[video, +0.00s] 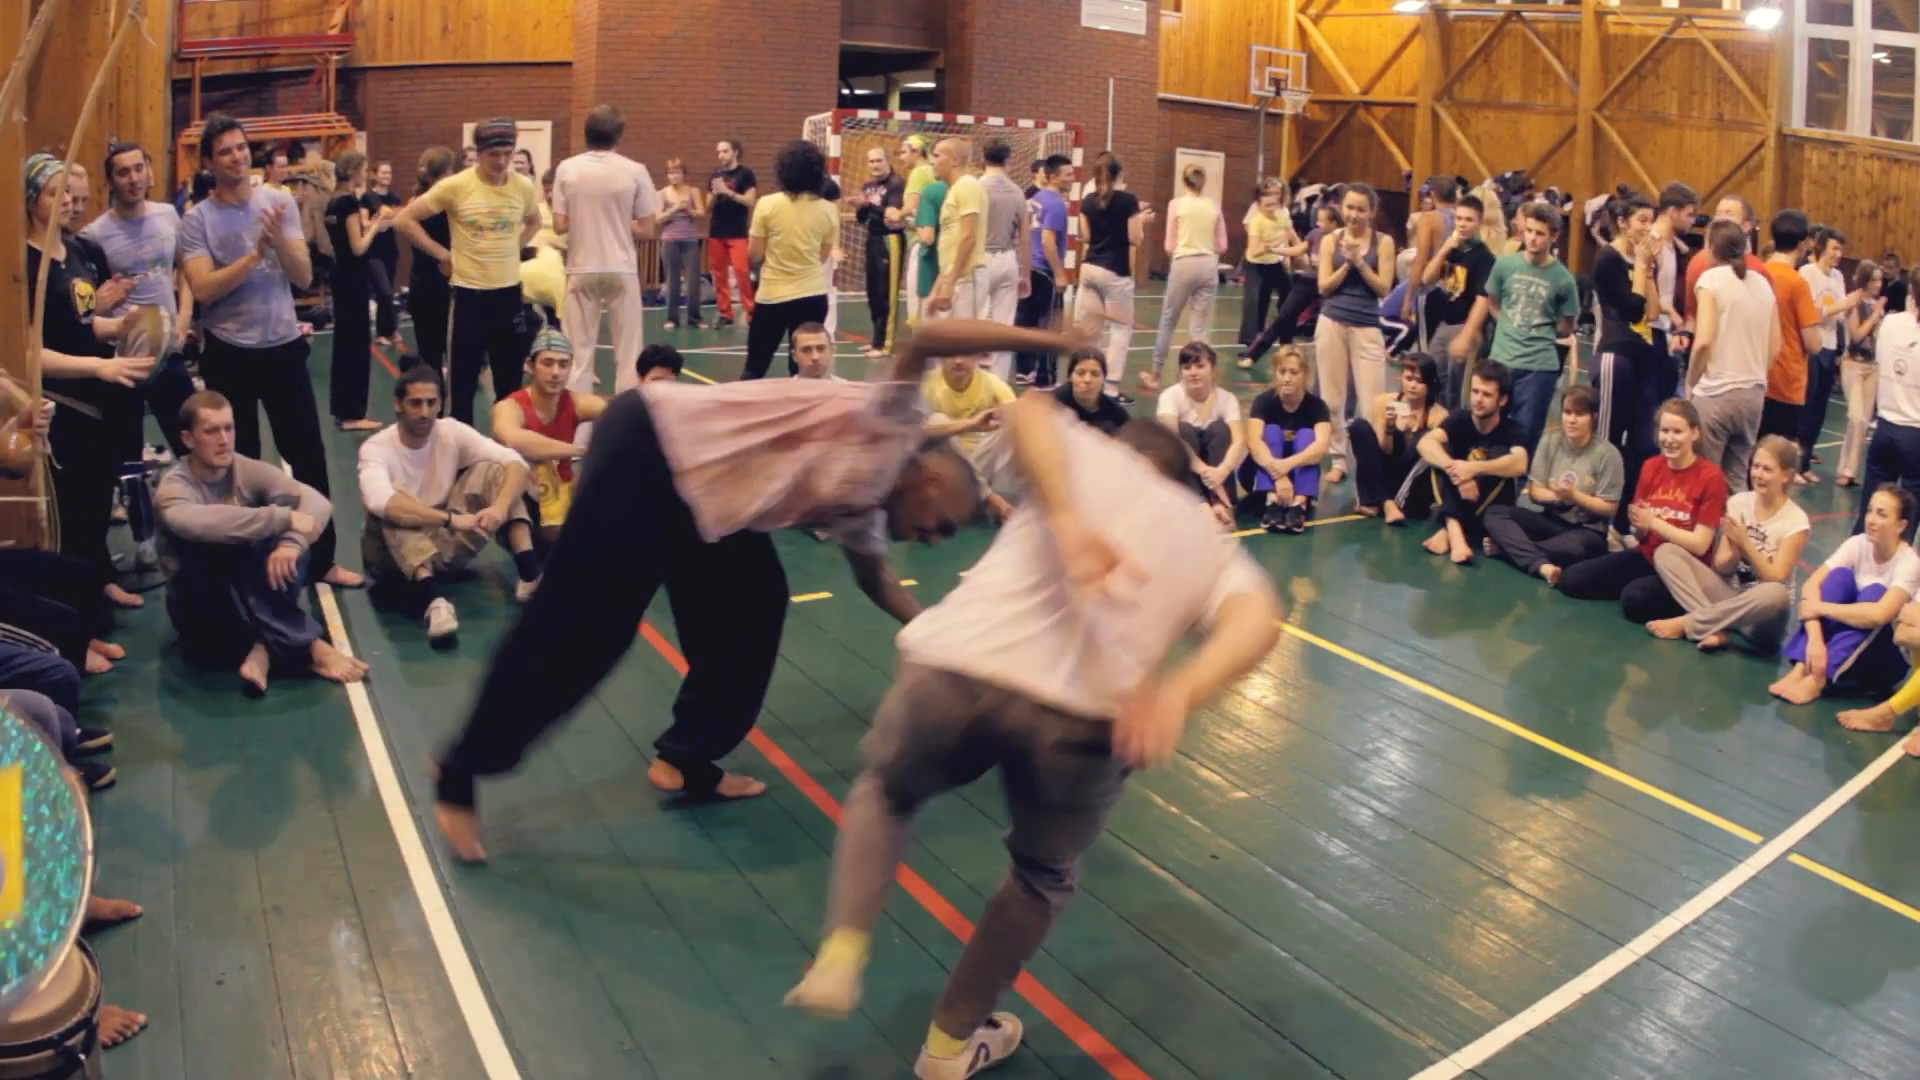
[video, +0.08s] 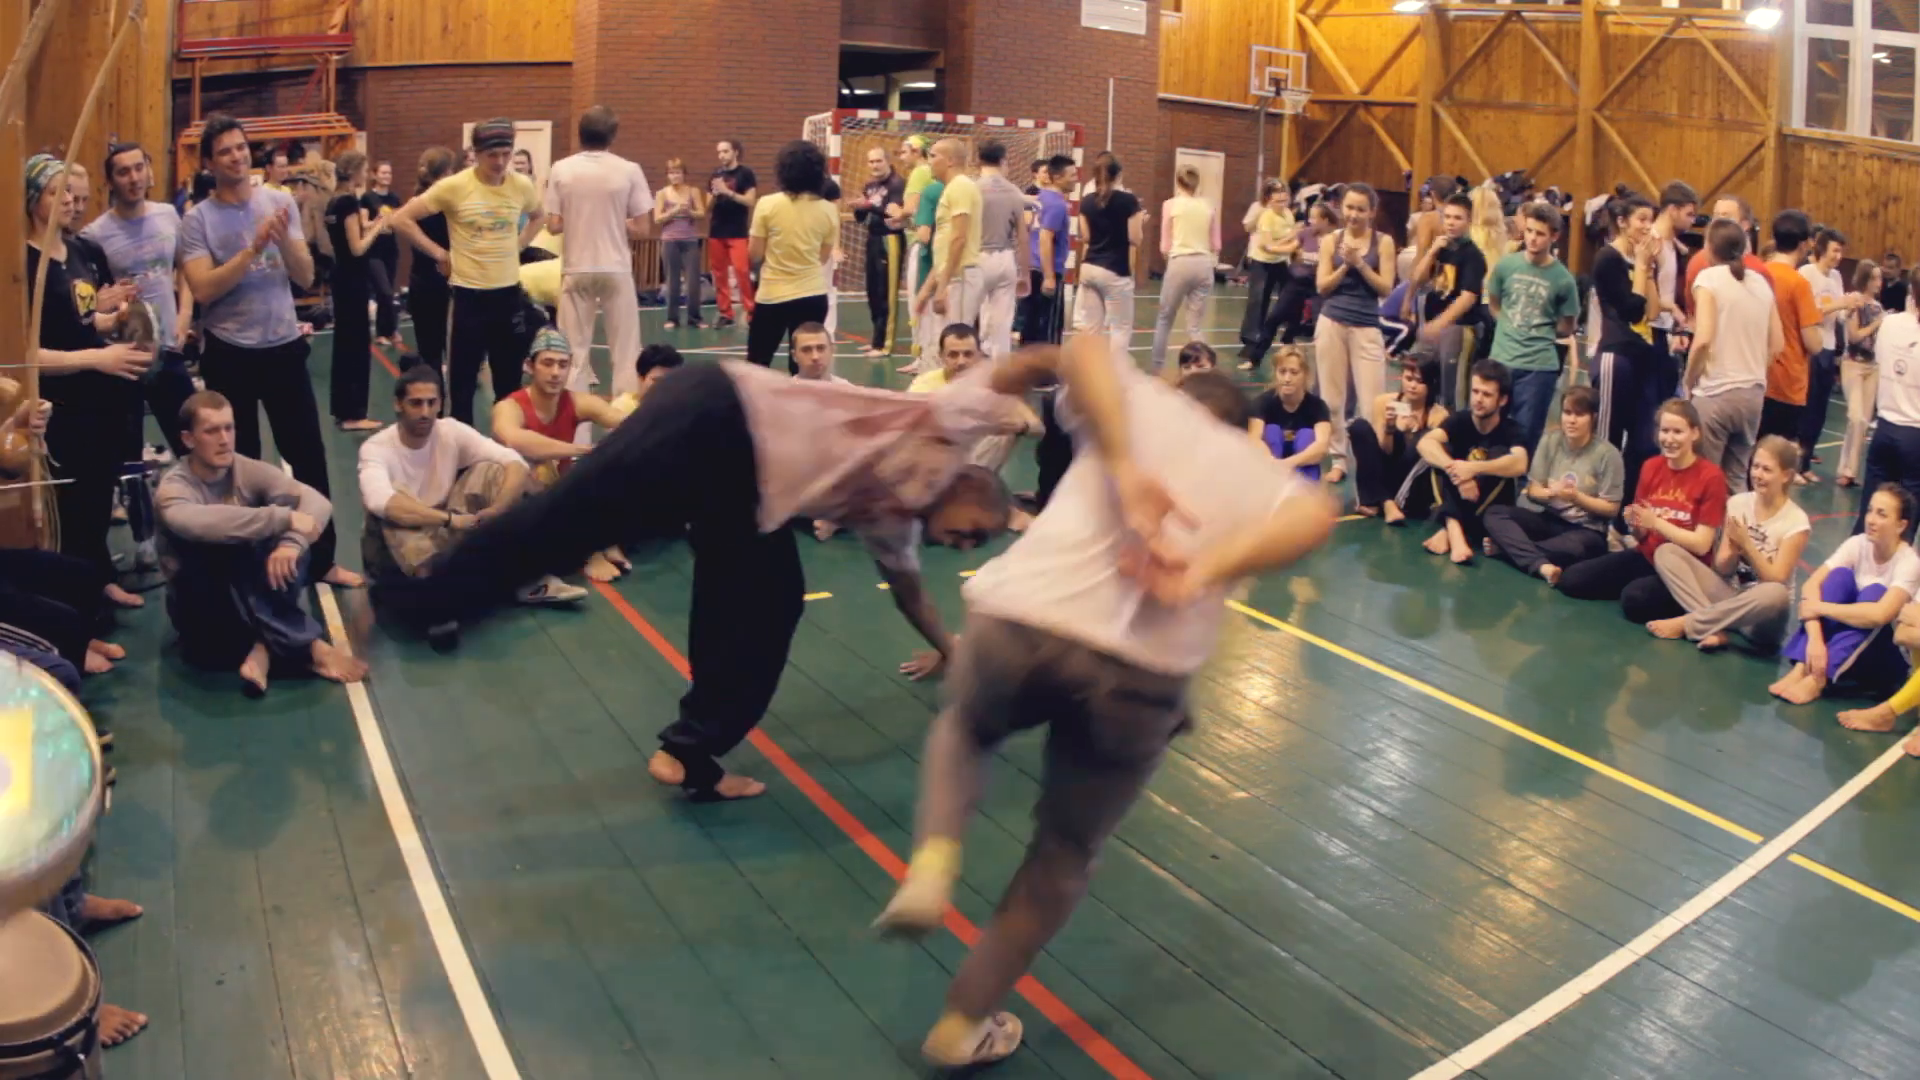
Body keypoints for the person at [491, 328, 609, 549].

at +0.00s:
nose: (555, 372)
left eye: (563, 364)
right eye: (547, 363)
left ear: (570, 368)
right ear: (530, 366)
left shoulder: (576, 402)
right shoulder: (510, 407)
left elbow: (620, 412)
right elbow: (512, 439)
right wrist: (580, 451)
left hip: (567, 495)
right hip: (524, 495)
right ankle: (530, 573)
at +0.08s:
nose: (555, 373)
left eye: (563, 365)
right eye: (547, 364)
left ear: (570, 368)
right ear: (530, 366)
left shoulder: (579, 403)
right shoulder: (510, 407)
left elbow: (627, 422)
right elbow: (512, 440)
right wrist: (579, 450)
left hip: (566, 495)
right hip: (521, 500)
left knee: (602, 465)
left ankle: (608, 541)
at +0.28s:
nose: (557, 372)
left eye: (563, 364)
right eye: (548, 365)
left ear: (569, 367)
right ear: (529, 367)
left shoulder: (578, 402)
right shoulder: (510, 408)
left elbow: (643, 425)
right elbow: (513, 440)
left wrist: (626, 451)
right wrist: (583, 451)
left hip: (574, 504)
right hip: (527, 511)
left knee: (623, 440)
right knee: (541, 465)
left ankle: (609, 538)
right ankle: (586, 546)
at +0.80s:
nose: (559, 373)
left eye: (564, 365)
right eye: (549, 366)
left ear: (570, 366)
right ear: (529, 369)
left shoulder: (579, 402)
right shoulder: (510, 408)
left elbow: (644, 425)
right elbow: (514, 441)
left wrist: (627, 450)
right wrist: (583, 453)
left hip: (574, 505)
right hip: (528, 512)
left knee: (621, 435)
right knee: (540, 465)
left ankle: (609, 537)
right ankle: (586, 546)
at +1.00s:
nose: (559, 373)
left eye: (564, 365)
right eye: (550, 366)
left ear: (570, 367)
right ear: (529, 370)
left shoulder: (577, 403)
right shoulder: (510, 408)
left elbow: (644, 424)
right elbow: (514, 441)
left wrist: (626, 449)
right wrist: (584, 453)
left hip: (573, 505)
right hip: (528, 511)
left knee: (623, 439)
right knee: (541, 467)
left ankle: (609, 538)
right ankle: (586, 546)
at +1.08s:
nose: (560, 374)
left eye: (564, 365)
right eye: (550, 366)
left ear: (570, 366)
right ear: (529, 370)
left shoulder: (578, 402)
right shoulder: (510, 408)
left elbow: (642, 425)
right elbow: (514, 440)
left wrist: (626, 448)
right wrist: (583, 452)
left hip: (573, 505)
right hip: (528, 511)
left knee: (621, 445)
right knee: (541, 466)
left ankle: (609, 538)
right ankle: (586, 546)